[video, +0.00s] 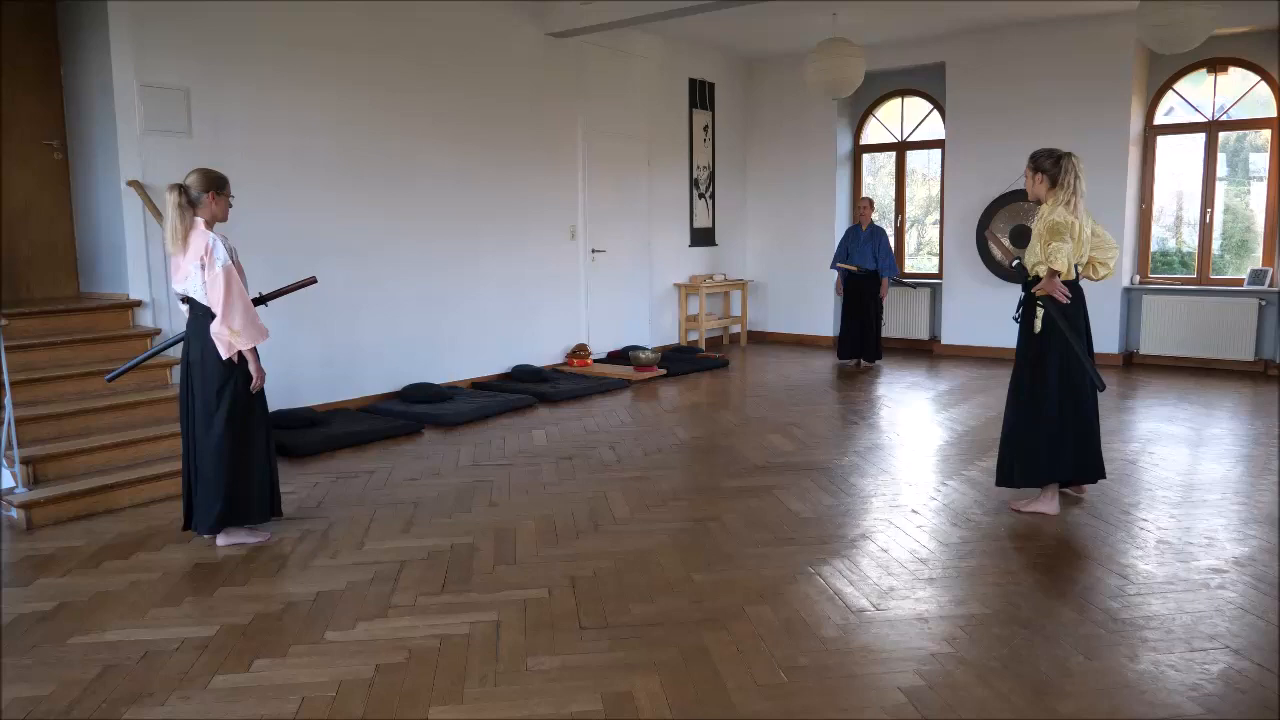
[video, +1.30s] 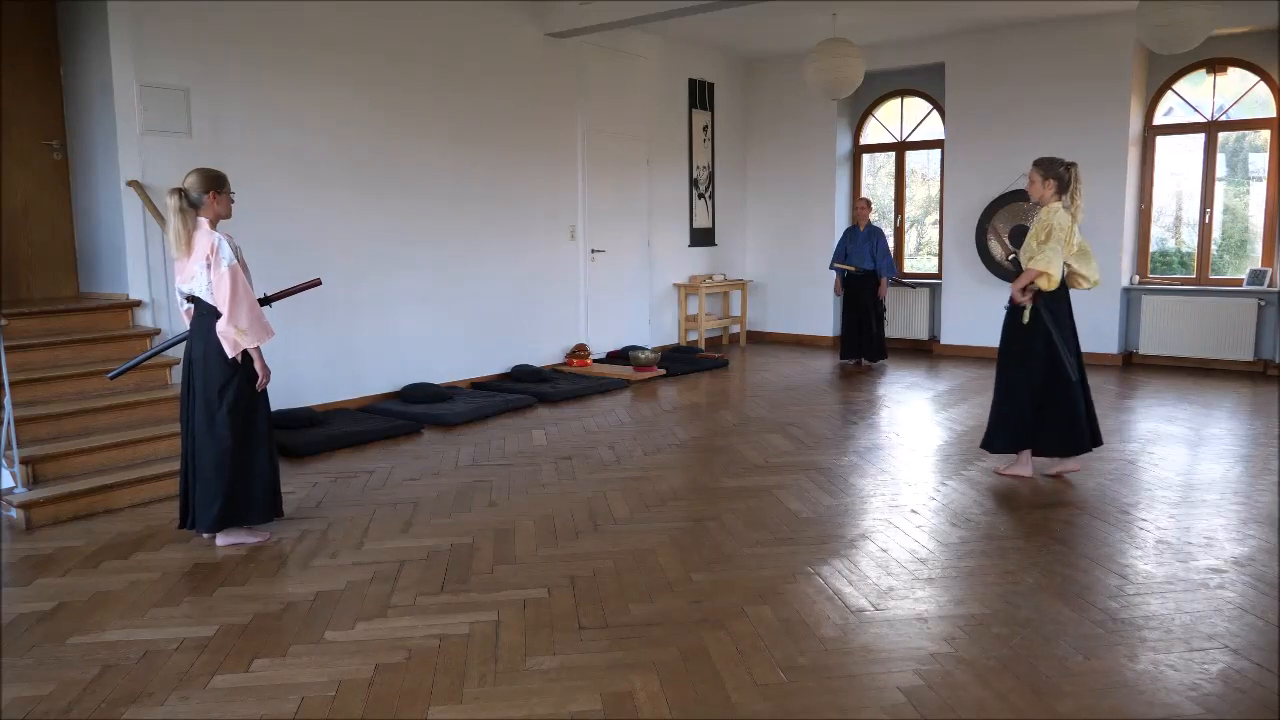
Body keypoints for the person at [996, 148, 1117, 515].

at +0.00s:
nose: (1025, 185)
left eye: (1027, 178)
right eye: (1025, 178)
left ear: (1041, 178)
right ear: (1059, 179)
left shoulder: (1050, 215)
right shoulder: (1078, 215)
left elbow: (1057, 256)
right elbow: (1105, 254)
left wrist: (1048, 280)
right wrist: (1074, 271)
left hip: (1048, 314)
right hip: (1073, 311)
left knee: (1046, 397)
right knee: (1072, 394)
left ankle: (1048, 495)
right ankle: (1076, 477)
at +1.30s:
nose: (1027, 186)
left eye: (1032, 181)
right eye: (1028, 180)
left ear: (1049, 184)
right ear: (1051, 185)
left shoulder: (1053, 215)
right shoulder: (1060, 215)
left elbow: (1048, 259)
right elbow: (1066, 261)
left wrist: (1018, 283)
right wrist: (1034, 278)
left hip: (1037, 302)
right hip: (1054, 302)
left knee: (1023, 377)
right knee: (1058, 376)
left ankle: (1023, 460)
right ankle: (1071, 454)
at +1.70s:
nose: (1024, 183)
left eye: (1029, 178)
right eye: (1025, 177)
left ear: (1047, 183)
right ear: (1048, 183)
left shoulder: (1042, 216)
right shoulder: (1052, 213)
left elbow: (1027, 268)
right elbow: (1028, 261)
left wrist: (1000, 310)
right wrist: (997, 245)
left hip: (1033, 300)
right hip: (1040, 296)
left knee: (1027, 374)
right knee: (1027, 374)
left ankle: (1025, 458)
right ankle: (1019, 453)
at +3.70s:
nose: (1010, 185)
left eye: (1014, 180)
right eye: (1011, 179)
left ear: (1030, 182)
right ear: (1034, 182)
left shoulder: (1031, 217)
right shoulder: (1048, 214)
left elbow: (1020, 267)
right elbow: (1016, 253)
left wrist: (1000, 308)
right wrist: (986, 243)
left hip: (1028, 301)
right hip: (1040, 298)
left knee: (1025, 376)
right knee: (1033, 375)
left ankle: (1024, 459)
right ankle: (1026, 455)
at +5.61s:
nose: (984, 187)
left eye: (988, 181)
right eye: (985, 181)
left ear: (1003, 184)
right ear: (1010, 185)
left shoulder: (1004, 217)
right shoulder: (1022, 216)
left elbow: (992, 269)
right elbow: (994, 266)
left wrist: (973, 308)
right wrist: (965, 251)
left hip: (1000, 302)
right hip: (1015, 298)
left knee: (1000, 375)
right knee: (1008, 375)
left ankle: (1005, 457)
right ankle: (1007, 454)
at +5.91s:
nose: (976, 188)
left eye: (980, 183)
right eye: (977, 182)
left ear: (996, 185)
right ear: (1002, 186)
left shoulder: (997, 217)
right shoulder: (1016, 216)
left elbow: (986, 269)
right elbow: (998, 265)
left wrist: (967, 309)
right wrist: (962, 255)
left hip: (994, 301)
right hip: (1009, 298)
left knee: (997, 375)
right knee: (1002, 374)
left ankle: (1003, 457)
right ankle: (1002, 453)